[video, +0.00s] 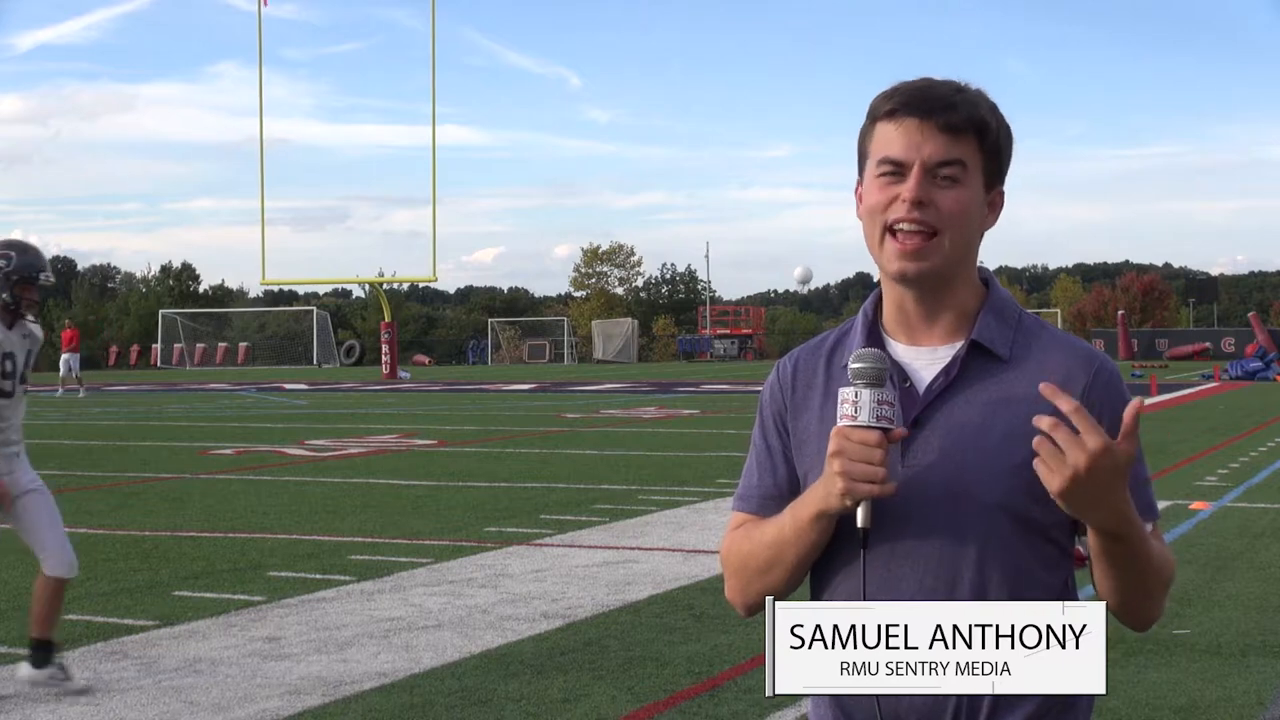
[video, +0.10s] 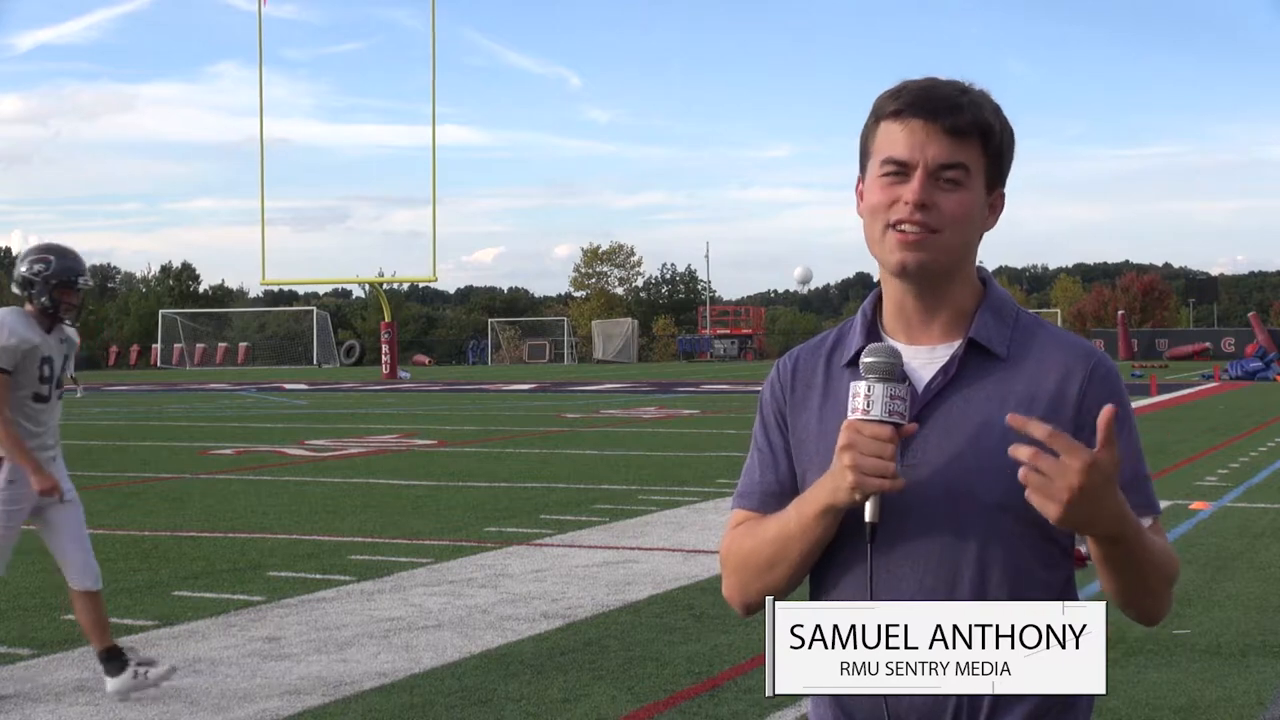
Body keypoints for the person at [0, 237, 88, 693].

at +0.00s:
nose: (34, 294)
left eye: (37, 286)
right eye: (26, 285)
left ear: (37, 288)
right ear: (4, 285)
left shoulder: (30, 336)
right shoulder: (3, 334)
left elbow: (13, 399)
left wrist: (15, 462)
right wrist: (3, 477)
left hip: (15, 464)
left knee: (59, 561)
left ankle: (41, 659)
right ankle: (37, 659)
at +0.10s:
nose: (74, 297)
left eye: (76, 289)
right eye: (65, 288)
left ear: (76, 291)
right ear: (36, 287)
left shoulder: (69, 339)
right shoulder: (7, 328)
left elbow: (45, 402)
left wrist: (48, 459)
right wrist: (32, 467)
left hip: (53, 469)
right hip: (9, 473)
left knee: (82, 569)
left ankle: (116, 668)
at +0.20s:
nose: (114, 300)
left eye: (117, 292)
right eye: (105, 292)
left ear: (117, 294)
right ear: (76, 291)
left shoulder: (107, 342)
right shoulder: (43, 332)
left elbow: (83, 404)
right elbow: (32, 416)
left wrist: (92, 462)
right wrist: (73, 471)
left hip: (97, 470)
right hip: (51, 474)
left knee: (116, 577)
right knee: (23, 590)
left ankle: (131, 679)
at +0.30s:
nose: (152, 295)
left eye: (153, 287)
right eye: (144, 286)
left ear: (148, 288)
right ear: (116, 286)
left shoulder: (140, 337)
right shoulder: (77, 327)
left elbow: (122, 405)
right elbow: (68, 414)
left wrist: (133, 465)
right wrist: (99, 477)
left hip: (136, 468)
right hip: (96, 472)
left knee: (136, 580)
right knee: (102, 592)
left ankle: (134, 678)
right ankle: (18, 638)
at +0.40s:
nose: (182, 290)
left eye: (185, 281)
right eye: (174, 281)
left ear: (182, 282)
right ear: (146, 280)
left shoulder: (176, 331)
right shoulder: (111, 323)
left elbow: (164, 406)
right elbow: (98, 406)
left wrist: (182, 468)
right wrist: (116, 476)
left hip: (164, 466)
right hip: (132, 466)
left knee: (149, 575)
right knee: (172, 573)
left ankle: (136, 678)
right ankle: (99, 640)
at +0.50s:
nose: (215, 288)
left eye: (217, 280)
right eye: (207, 280)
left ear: (212, 281)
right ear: (179, 279)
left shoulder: (210, 328)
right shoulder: (145, 323)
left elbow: (212, 400)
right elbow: (127, 407)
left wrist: (252, 458)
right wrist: (137, 480)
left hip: (192, 462)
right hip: (163, 462)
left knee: (160, 575)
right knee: (225, 566)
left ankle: (137, 675)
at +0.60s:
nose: (252, 292)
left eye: (253, 283)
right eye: (243, 284)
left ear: (249, 284)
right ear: (216, 284)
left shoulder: (245, 333)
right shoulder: (179, 329)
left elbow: (258, 398)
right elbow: (160, 413)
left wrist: (310, 444)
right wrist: (163, 486)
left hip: (224, 465)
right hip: (197, 465)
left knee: (179, 575)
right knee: (252, 577)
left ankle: (141, 672)